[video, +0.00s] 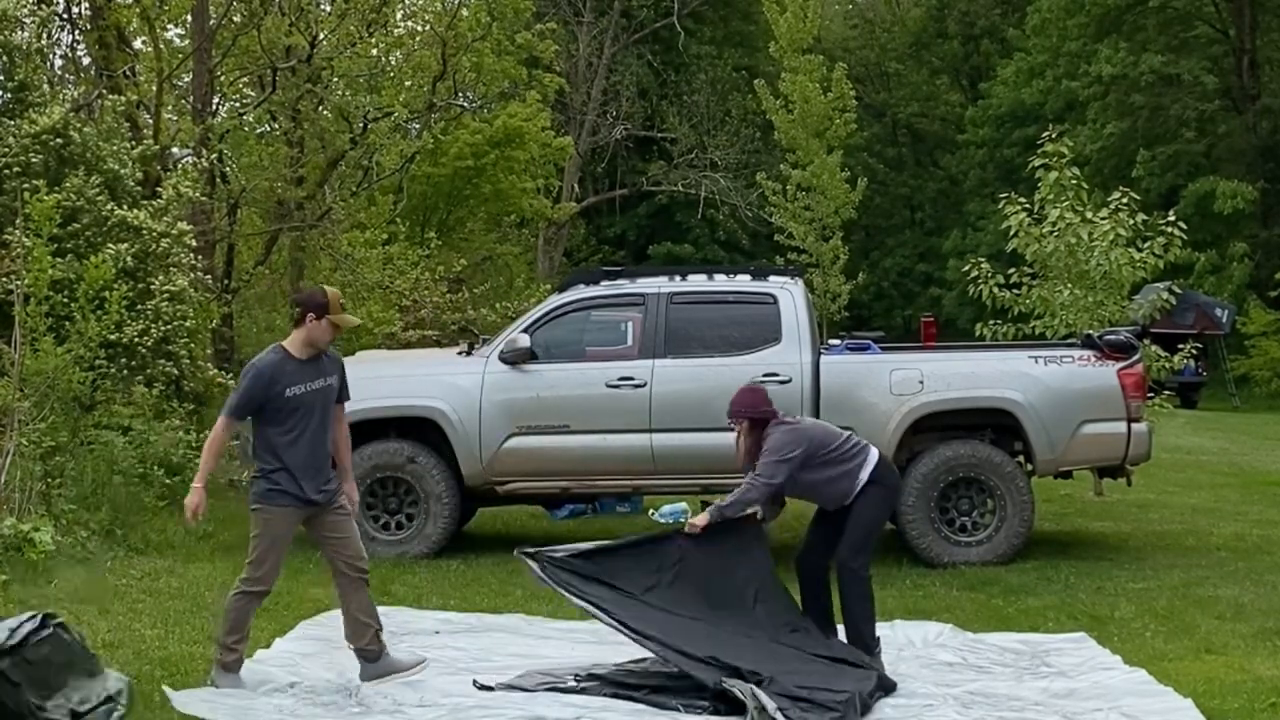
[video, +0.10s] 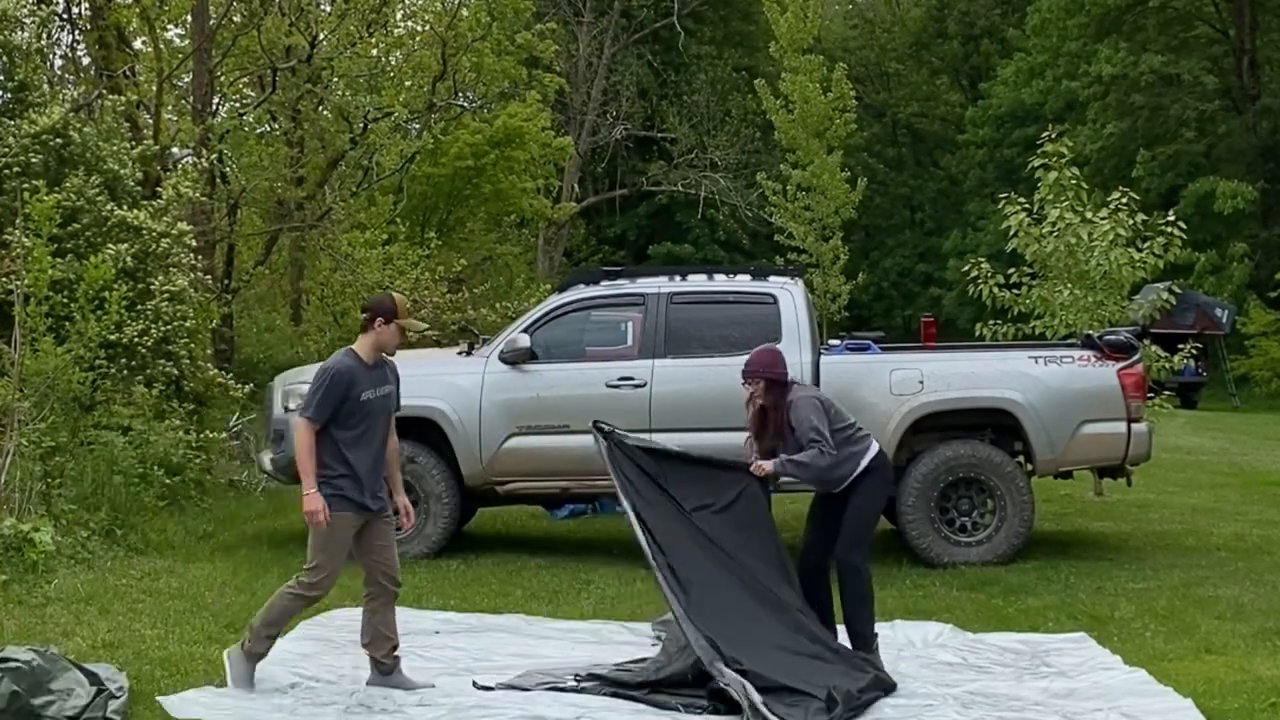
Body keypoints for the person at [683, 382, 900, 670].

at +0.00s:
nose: (734, 428)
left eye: (737, 421)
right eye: (733, 422)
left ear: (750, 421)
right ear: (757, 419)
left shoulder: (784, 436)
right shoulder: (767, 442)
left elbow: (759, 486)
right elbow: (775, 499)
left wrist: (710, 514)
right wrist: (756, 513)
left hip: (875, 481)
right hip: (841, 492)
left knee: (849, 562)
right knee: (810, 562)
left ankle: (866, 660)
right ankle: (822, 649)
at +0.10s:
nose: (748, 388)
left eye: (752, 381)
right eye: (746, 382)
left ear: (771, 381)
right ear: (764, 384)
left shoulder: (803, 402)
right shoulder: (766, 413)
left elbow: (824, 454)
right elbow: (765, 466)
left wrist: (776, 465)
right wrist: (754, 433)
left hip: (869, 473)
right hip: (833, 484)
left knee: (849, 556)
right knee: (811, 560)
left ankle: (866, 654)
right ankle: (823, 648)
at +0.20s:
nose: (789, 360)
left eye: (796, 353)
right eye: (783, 354)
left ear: (810, 352)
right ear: (776, 356)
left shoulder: (834, 380)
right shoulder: (780, 389)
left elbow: (859, 432)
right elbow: (768, 436)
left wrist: (820, 448)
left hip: (871, 466)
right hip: (833, 475)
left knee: (850, 546)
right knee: (819, 549)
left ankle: (891, 632)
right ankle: (825, 634)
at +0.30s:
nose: (846, 346)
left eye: (853, 340)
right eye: (840, 339)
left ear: (864, 339)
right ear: (830, 338)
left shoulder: (882, 371)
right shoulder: (817, 371)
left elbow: (899, 429)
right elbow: (798, 418)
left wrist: (860, 448)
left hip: (889, 469)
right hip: (843, 475)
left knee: (892, 556)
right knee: (827, 556)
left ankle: (933, 638)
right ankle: (824, 646)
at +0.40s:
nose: (892, 343)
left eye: (899, 336)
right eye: (886, 336)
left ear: (913, 337)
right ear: (878, 337)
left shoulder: (933, 375)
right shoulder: (866, 373)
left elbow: (939, 433)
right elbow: (846, 417)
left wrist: (896, 451)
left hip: (925, 474)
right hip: (881, 475)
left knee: (926, 558)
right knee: (844, 549)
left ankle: (942, 652)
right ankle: (833, 645)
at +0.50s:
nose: (904, 337)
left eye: (910, 330)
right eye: (902, 330)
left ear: (929, 330)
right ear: (904, 331)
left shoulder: (959, 367)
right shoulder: (901, 367)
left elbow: (982, 420)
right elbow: (881, 414)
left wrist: (947, 425)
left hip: (950, 471)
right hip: (908, 470)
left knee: (943, 555)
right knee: (876, 538)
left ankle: (946, 650)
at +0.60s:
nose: (921, 338)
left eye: (928, 331)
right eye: (917, 331)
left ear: (945, 333)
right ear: (910, 332)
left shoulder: (967, 365)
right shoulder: (903, 368)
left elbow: (996, 414)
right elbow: (897, 419)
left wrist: (974, 384)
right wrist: (907, 381)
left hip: (958, 471)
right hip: (916, 473)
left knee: (945, 554)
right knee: (920, 553)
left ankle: (947, 649)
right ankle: (961, 628)